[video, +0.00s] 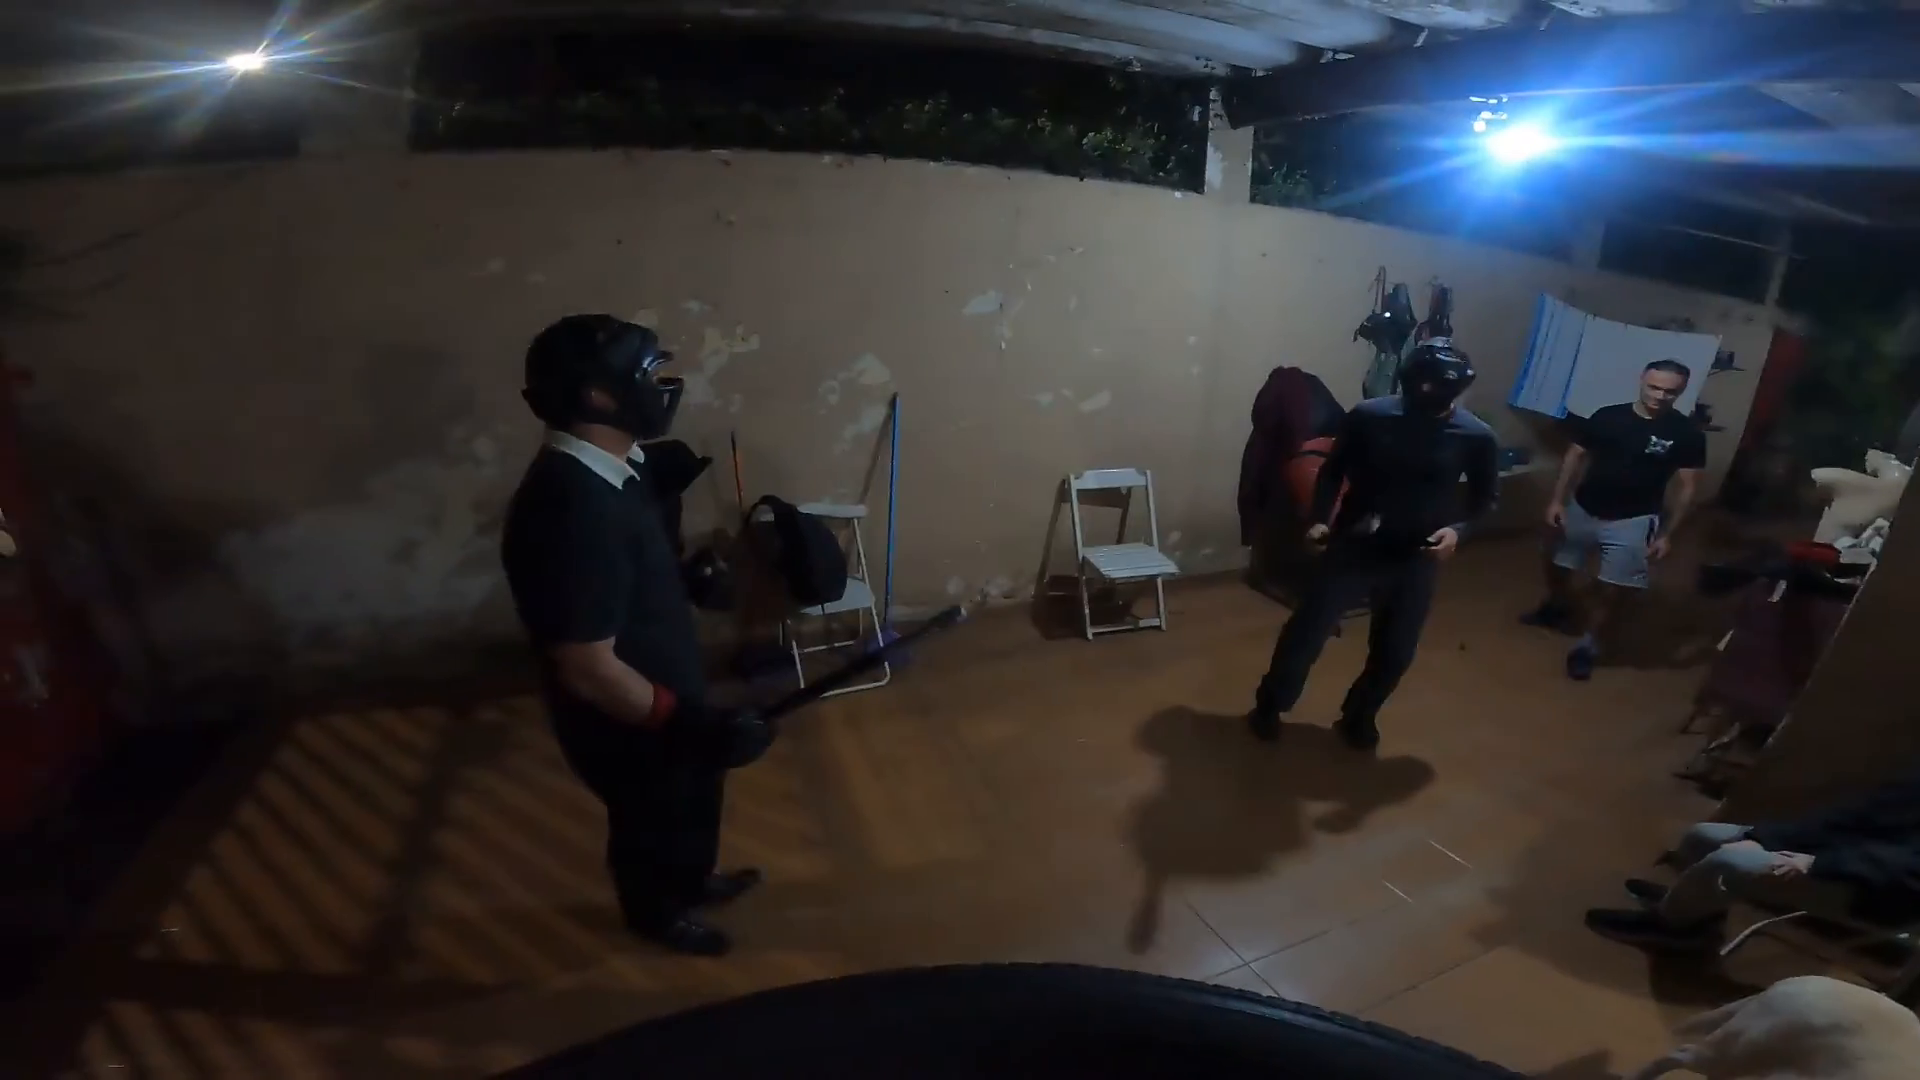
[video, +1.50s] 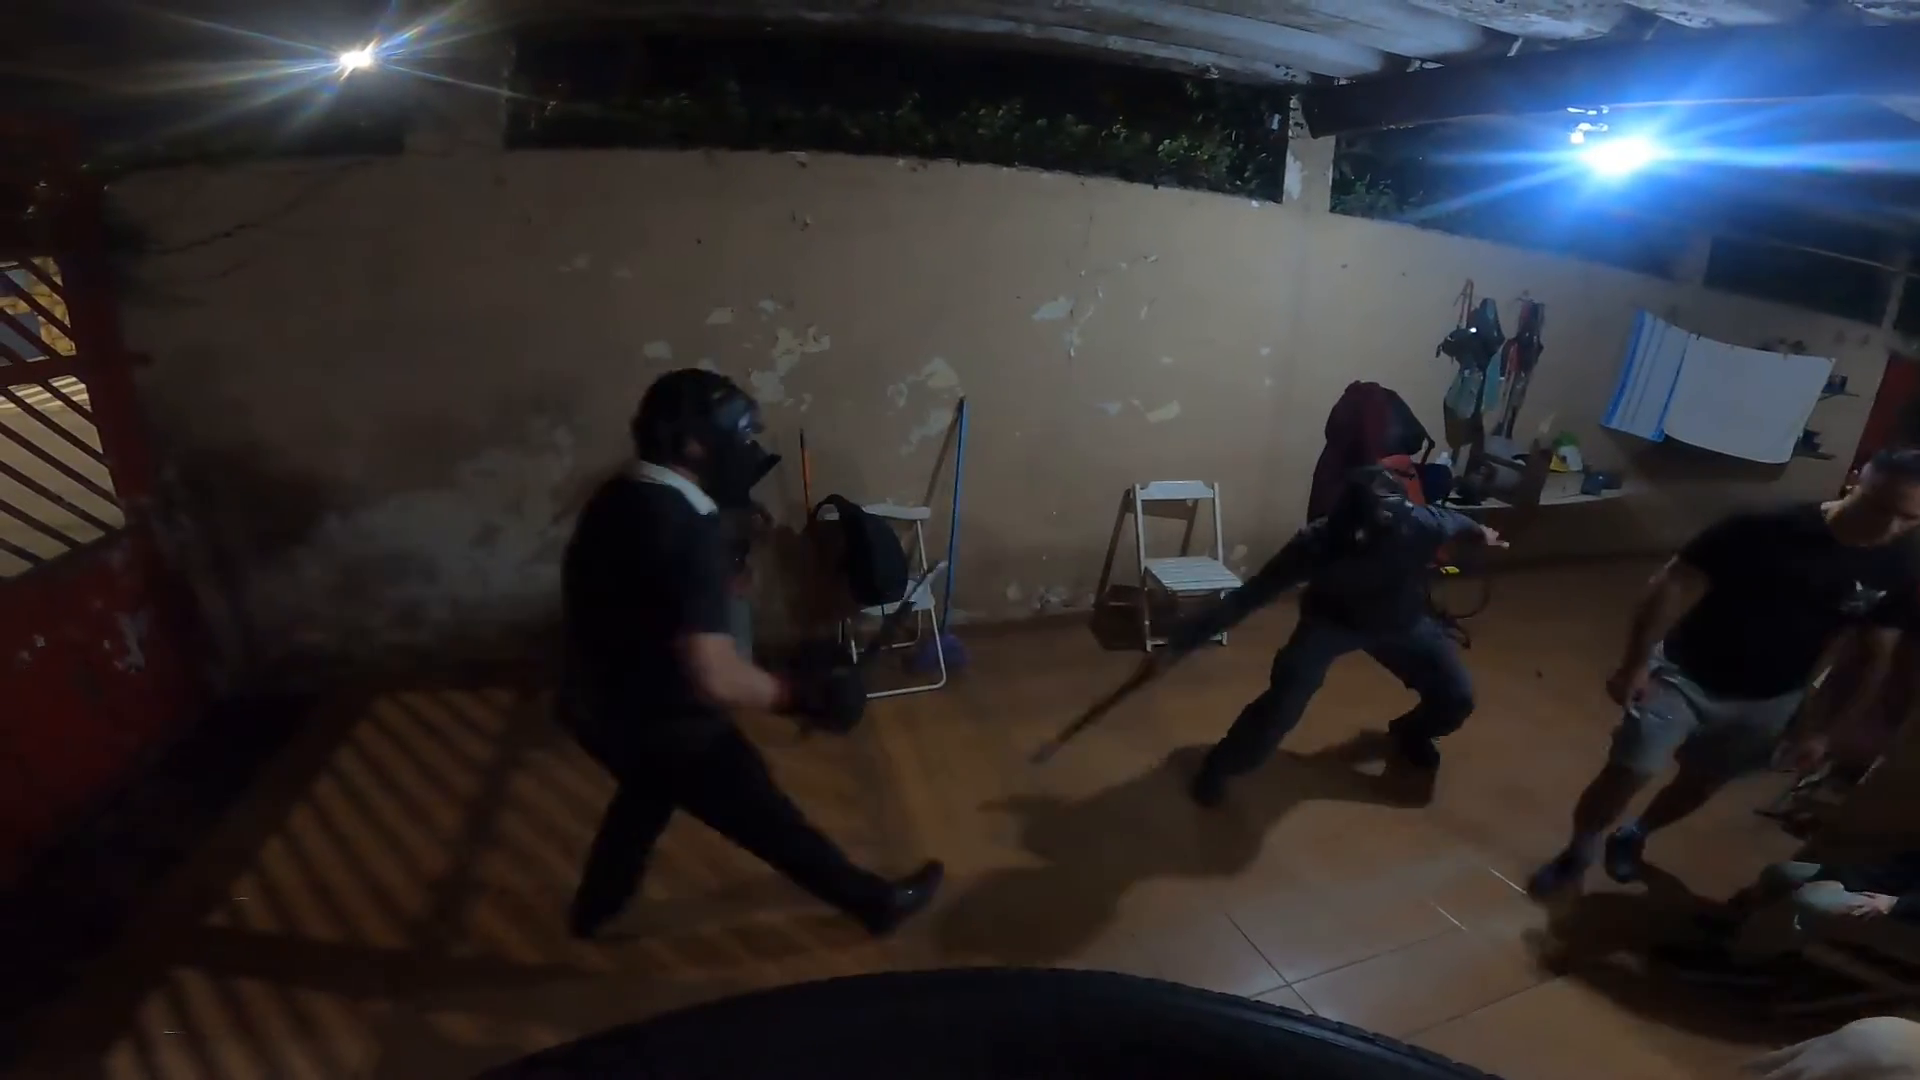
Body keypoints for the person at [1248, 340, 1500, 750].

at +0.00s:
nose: (1437, 396)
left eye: (1447, 388)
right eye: (1429, 385)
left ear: (1459, 390)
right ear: (1409, 382)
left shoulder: (1475, 439)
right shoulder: (1370, 418)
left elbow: (1484, 501)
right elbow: (1332, 472)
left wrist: (1457, 530)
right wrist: (1320, 520)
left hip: (1416, 558)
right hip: (1357, 545)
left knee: (1395, 654)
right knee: (1310, 624)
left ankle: (1359, 714)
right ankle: (1271, 703)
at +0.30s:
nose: (1431, 420)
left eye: (1442, 414)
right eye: (1424, 409)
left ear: (1462, 415)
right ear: (1412, 403)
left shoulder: (1489, 458)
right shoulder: (1381, 436)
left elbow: (1503, 522)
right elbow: (1337, 486)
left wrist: (1483, 548)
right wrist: (1310, 525)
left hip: (1427, 582)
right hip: (1362, 569)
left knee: (1416, 678)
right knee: (1301, 649)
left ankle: (1386, 731)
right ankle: (1234, 732)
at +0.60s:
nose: (1378, 414)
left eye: (1391, 406)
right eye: (1376, 404)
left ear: (1422, 409)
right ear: (1375, 403)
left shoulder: (1464, 459)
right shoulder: (1349, 443)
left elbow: (1486, 524)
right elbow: (1284, 483)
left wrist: (1473, 554)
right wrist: (1223, 471)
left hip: (1418, 590)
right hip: (1347, 585)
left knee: (1421, 684)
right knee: (1298, 669)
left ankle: (1419, 738)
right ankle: (1245, 758)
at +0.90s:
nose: (1389, 418)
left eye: (1396, 405)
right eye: (1378, 405)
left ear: (1407, 402)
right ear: (1358, 399)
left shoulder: (1436, 451)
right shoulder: (1320, 442)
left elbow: (1454, 507)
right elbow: (1277, 500)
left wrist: (1456, 543)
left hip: (1396, 585)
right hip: (1325, 583)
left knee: (1400, 675)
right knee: (1282, 672)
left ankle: (1385, 730)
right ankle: (1244, 756)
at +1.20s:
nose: (1406, 457)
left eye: (1413, 445)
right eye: (1397, 444)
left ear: (1424, 438)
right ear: (1372, 436)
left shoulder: (1444, 481)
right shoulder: (1333, 471)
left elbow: (1461, 543)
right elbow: (1277, 538)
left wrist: (1447, 602)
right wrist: (1312, 587)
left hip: (1402, 608)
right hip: (1331, 599)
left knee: (1407, 690)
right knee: (1279, 682)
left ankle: (1385, 736)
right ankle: (1228, 756)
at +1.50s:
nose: (1382, 534)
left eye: (1388, 522)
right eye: (1371, 527)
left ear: (1397, 517)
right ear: (1350, 523)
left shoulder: (1416, 525)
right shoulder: (1318, 541)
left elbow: (1455, 524)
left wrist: (1480, 533)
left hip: (1398, 622)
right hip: (1329, 624)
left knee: (1456, 697)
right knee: (1285, 703)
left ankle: (1411, 734)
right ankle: (1218, 770)